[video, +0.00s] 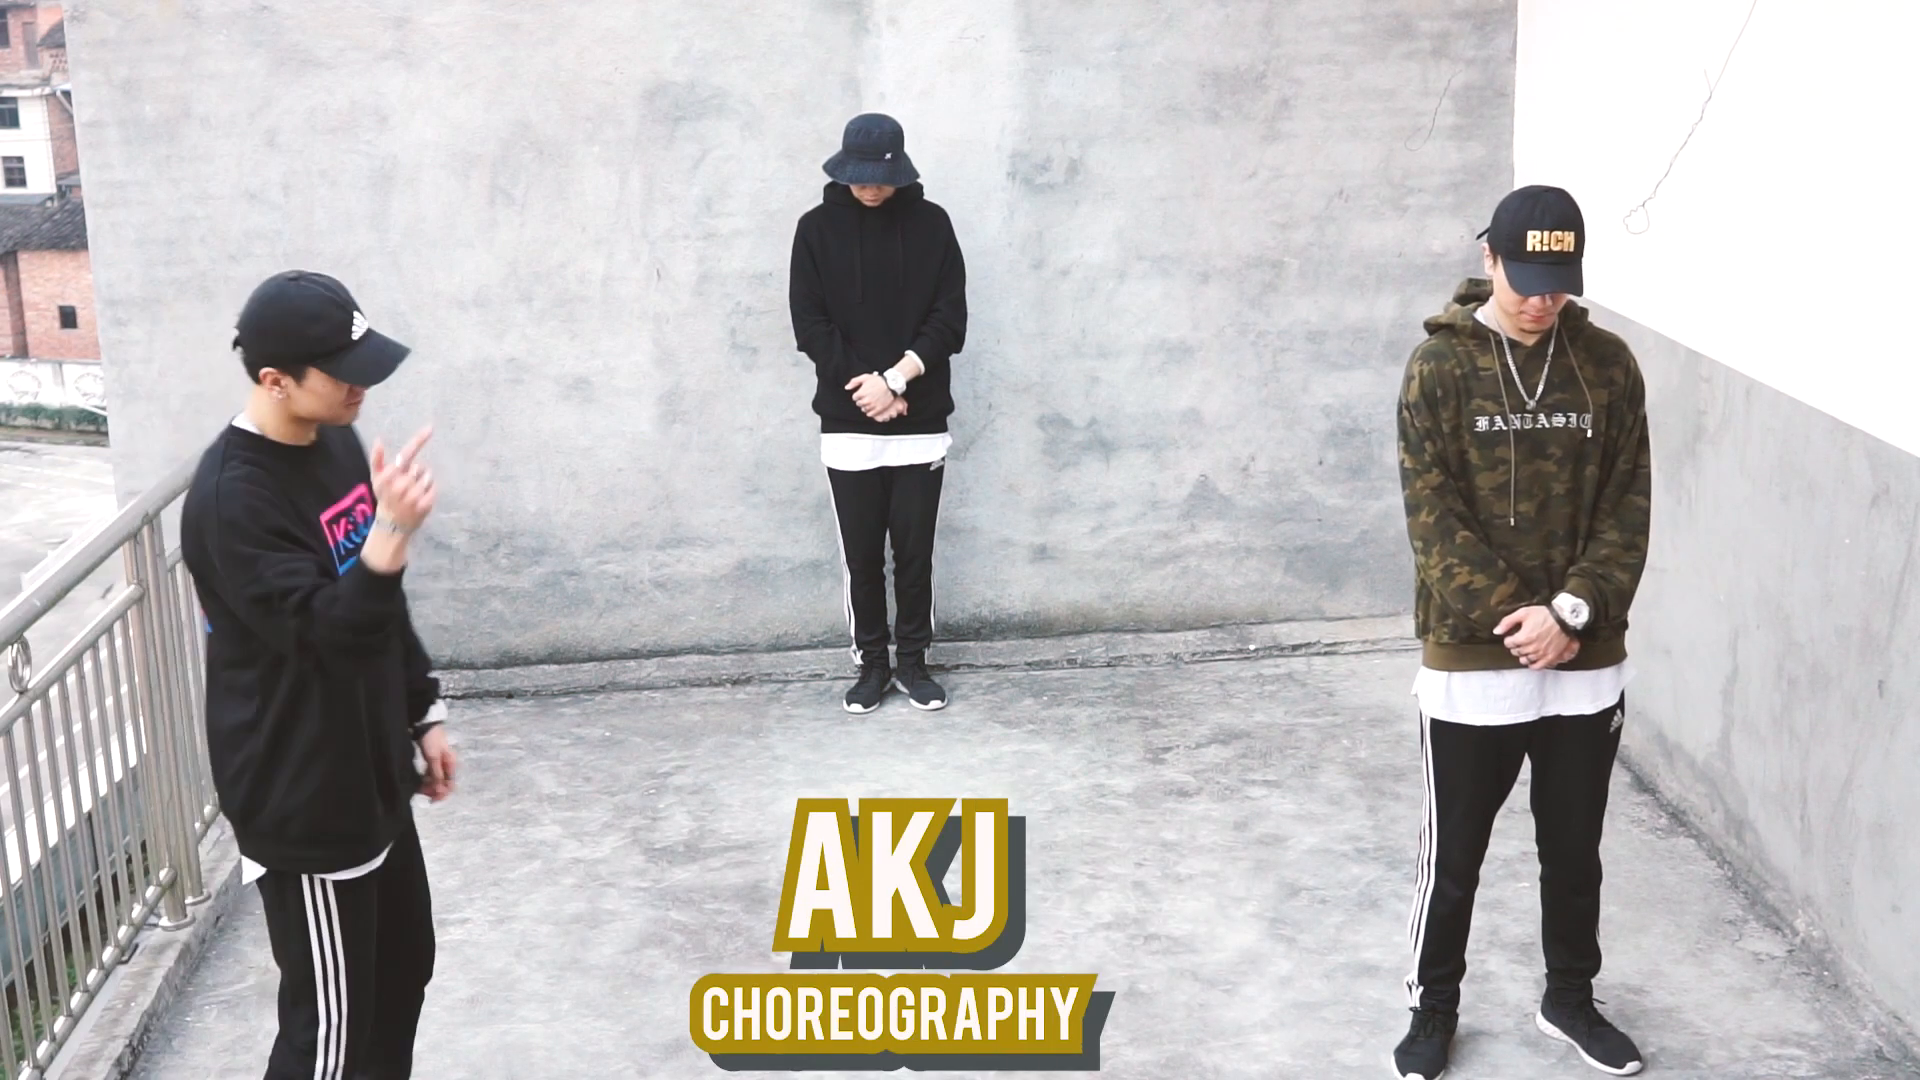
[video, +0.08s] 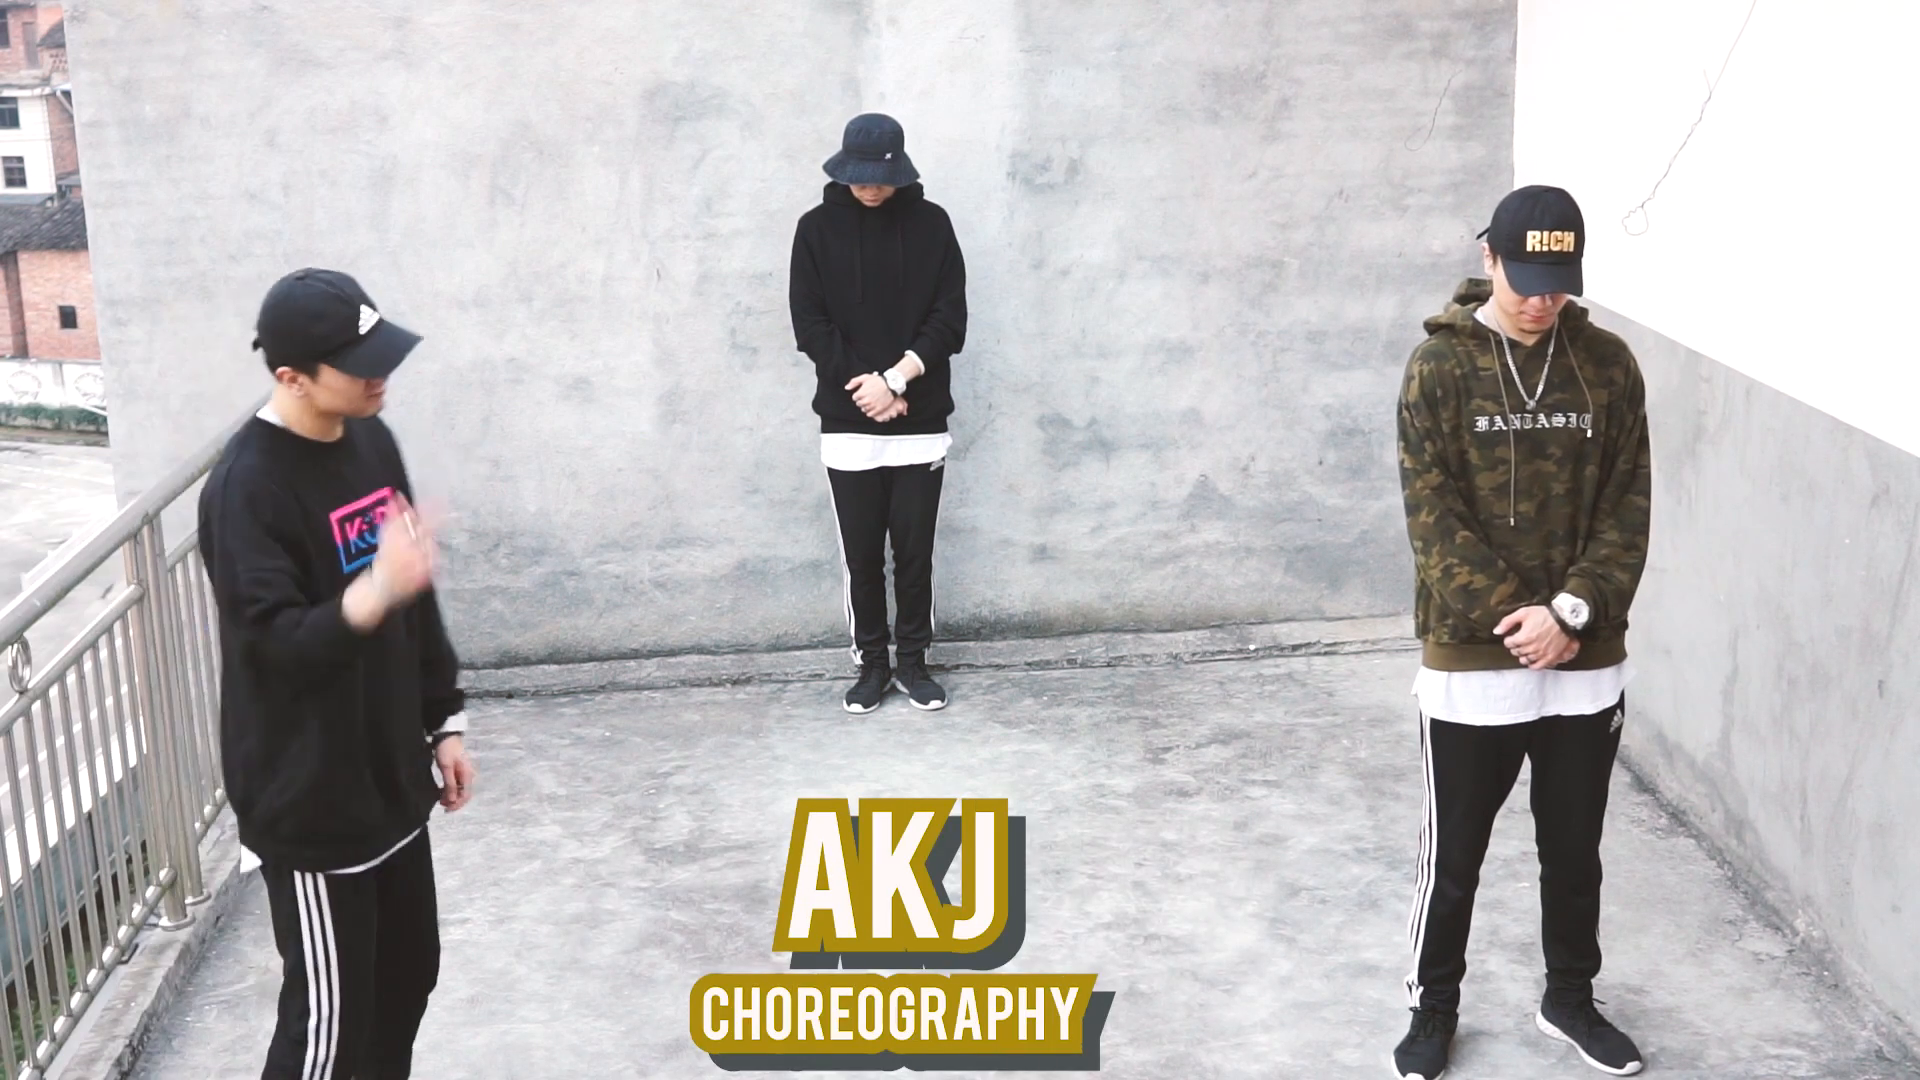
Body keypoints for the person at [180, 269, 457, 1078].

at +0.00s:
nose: (361, 388)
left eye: (360, 370)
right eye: (343, 375)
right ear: (275, 379)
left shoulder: (335, 443)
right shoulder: (230, 499)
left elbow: (381, 602)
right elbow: (320, 630)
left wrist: (424, 712)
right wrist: (388, 536)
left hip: (373, 770)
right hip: (303, 796)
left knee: (403, 970)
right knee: (336, 1024)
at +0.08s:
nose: (382, 379)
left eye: (381, 361)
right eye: (362, 367)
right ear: (294, 376)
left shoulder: (371, 440)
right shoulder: (245, 484)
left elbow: (411, 588)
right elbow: (276, 645)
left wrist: (444, 725)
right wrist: (375, 591)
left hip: (391, 771)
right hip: (308, 793)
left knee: (408, 976)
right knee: (329, 1016)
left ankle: (376, 1077)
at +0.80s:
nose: (258, 395)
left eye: (275, 375)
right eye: (243, 376)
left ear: (321, 345)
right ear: (223, 357)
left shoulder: (395, 450)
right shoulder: (198, 458)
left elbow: (466, 596)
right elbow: (164, 615)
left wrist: (486, 736)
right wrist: (155, 752)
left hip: (383, 772)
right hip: (251, 776)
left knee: (396, 998)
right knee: (273, 996)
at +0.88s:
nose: (235, 402)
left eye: (251, 381)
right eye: (219, 383)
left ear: (295, 349)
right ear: (199, 362)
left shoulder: (372, 450)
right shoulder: (176, 464)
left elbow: (438, 606)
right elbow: (148, 622)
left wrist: (432, 738)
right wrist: (163, 760)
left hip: (368, 769)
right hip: (242, 775)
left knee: (416, 957)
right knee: (268, 985)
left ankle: (397, 1074)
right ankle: (286, 1078)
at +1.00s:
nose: (216, 406)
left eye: (232, 384)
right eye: (199, 388)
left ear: (272, 347)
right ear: (176, 363)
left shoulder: (350, 446)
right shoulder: (158, 464)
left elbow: (396, 614)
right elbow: (141, 630)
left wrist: (350, 735)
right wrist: (199, 761)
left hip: (370, 769)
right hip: (239, 783)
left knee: (425, 961)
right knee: (265, 991)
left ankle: (428, 1073)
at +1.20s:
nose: (225, 395)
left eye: (241, 373)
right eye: (208, 377)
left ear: (282, 342)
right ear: (186, 358)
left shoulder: (357, 443)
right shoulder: (162, 463)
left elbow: (376, 612)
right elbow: (161, 635)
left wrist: (277, 710)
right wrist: (258, 745)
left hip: (366, 768)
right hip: (237, 789)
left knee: (418, 987)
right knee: (268, 1003)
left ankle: (461, 1075)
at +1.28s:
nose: (243, 392)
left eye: (259, 371)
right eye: (225, 373)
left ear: (299, 342)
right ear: (203, 356)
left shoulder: (373, 445)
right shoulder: (174, 464)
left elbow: (391, 613)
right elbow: (167, 634)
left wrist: (297, 707)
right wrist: (267, 739)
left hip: (373, 774)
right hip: (245, 791)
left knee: (418, 994)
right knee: (271, 1007)